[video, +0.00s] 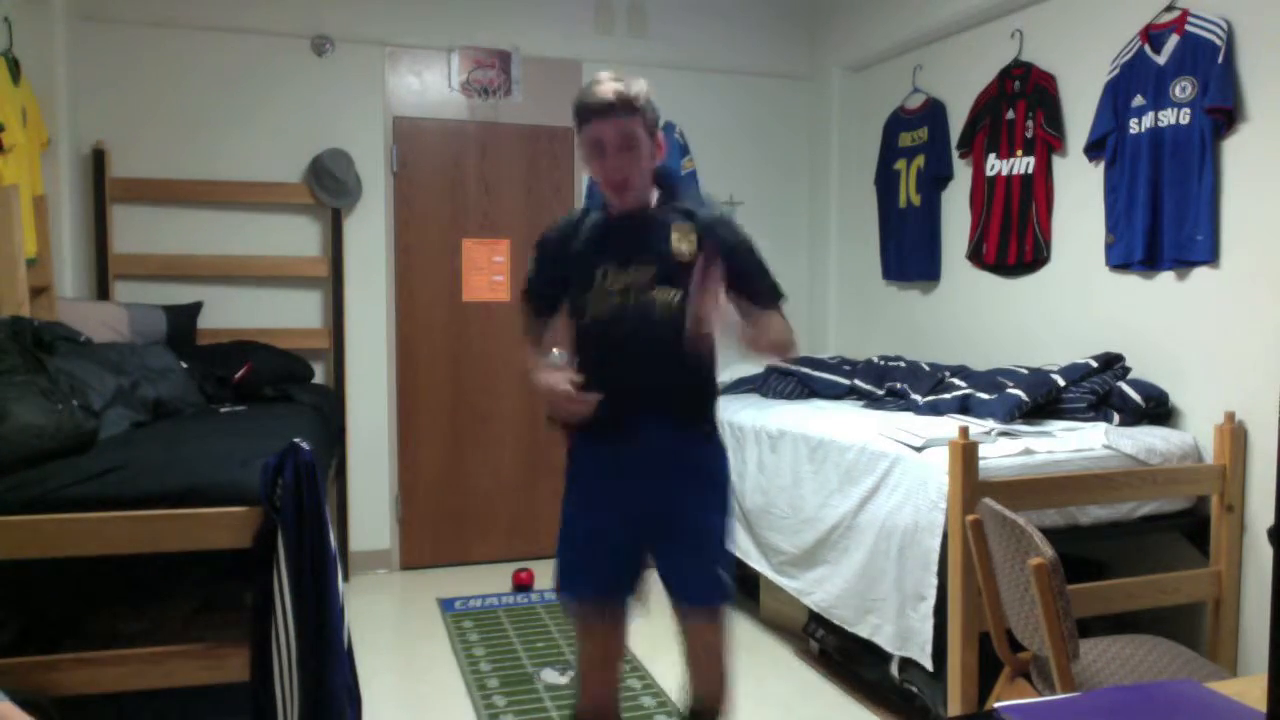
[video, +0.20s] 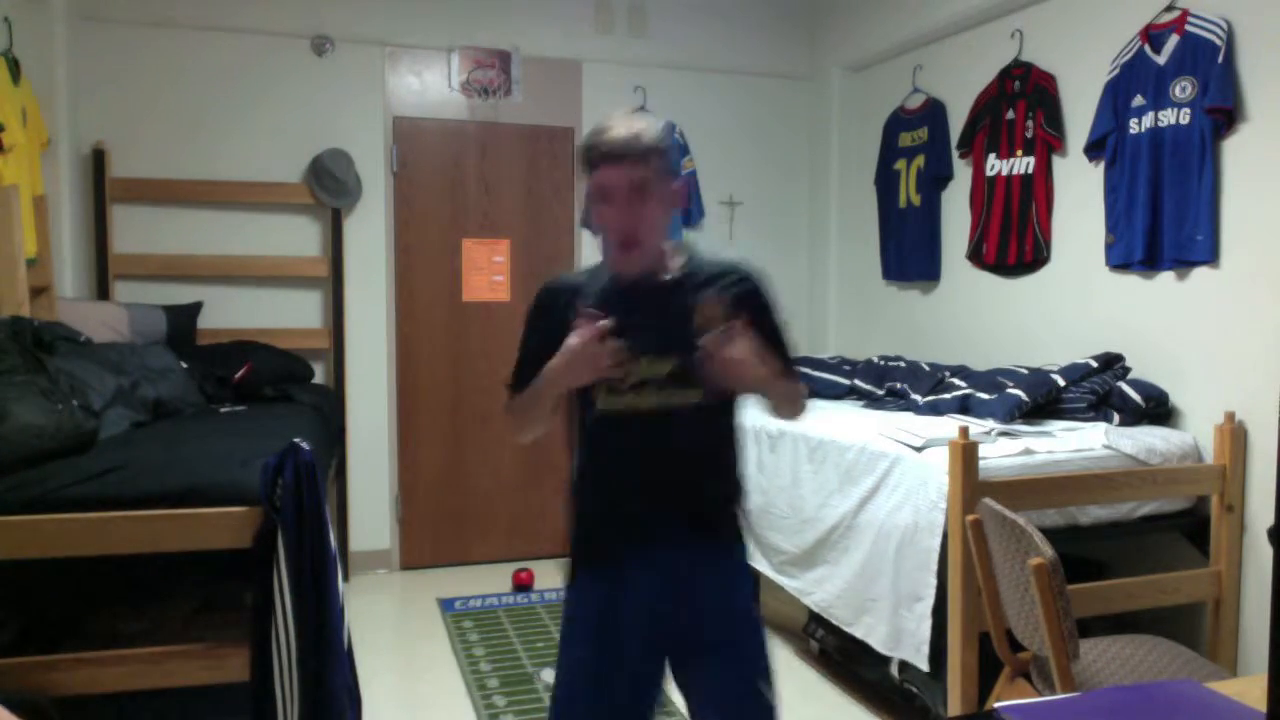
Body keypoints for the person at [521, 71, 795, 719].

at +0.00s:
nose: (614, 164)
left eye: (627, 146)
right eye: (599, 150)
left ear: (656, 146)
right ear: (583, 156)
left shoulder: (708, 235)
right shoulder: (565, 244)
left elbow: (780, 343)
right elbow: (539, 342)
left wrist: (734, 306)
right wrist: (547, 377)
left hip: (687, 460)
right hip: (599, 459)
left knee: (703, 629)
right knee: (595, 631)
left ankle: (706, 714)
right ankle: (596, 714)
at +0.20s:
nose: (621, 215)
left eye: (638, 193)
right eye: (604, 197)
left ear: (676, 194)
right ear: (587, 205)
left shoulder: (726, 289)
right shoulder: (566, 301)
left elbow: (792, 402)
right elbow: (520, 426)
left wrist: (759, 373)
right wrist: (556, 376)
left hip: (710, 563)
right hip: (606, 566)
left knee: (740, 711)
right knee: (590, 710)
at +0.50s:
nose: (664, 144)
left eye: (692, 115)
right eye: (646, 118)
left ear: (749, 124)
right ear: (631, 125)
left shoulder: (811, 248)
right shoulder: (607, 241)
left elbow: (914, 434)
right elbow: (520, 405)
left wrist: (841, 327)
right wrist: (597, 310)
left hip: (758, 602)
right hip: (625, 591)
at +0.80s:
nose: (618, 106)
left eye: (654, 73)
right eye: (598, 72)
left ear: (717, 85)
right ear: (580, 79)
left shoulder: (778, 231)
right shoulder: (539, 225)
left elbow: (901, 449)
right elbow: (455, 414)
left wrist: (795, 303)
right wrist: (530, 302)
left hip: (734, 614)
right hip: (584, 606)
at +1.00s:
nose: (539, 54)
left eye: (576, 16)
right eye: (513, 18)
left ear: (639, 32)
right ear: (484, 41)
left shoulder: (715, 207)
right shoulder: (440, 211)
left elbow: (881, 445)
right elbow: (300, 451)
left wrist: (748, 290)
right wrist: (469, 318)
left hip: (676, 654)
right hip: (502, 657)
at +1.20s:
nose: (490, 52)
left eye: (529, 3)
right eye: (452, 4)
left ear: (595, 17)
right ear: (405, 20)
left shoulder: (684, 188)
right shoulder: (350, 198)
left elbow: (885, 431)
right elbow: (194, 505)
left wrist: (731, 309)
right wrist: (398, 379)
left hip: (651, 665)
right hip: (464, 673)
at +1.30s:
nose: (512, 118)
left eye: (556, 55)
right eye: (463, 54)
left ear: (615, 39)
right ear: (388, 42)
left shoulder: (690, 207)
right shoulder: (316, 220)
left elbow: (883, 448)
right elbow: (170, 541)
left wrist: (716, 389)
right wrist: (421, 448)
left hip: (646, 673)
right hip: (450, 686)